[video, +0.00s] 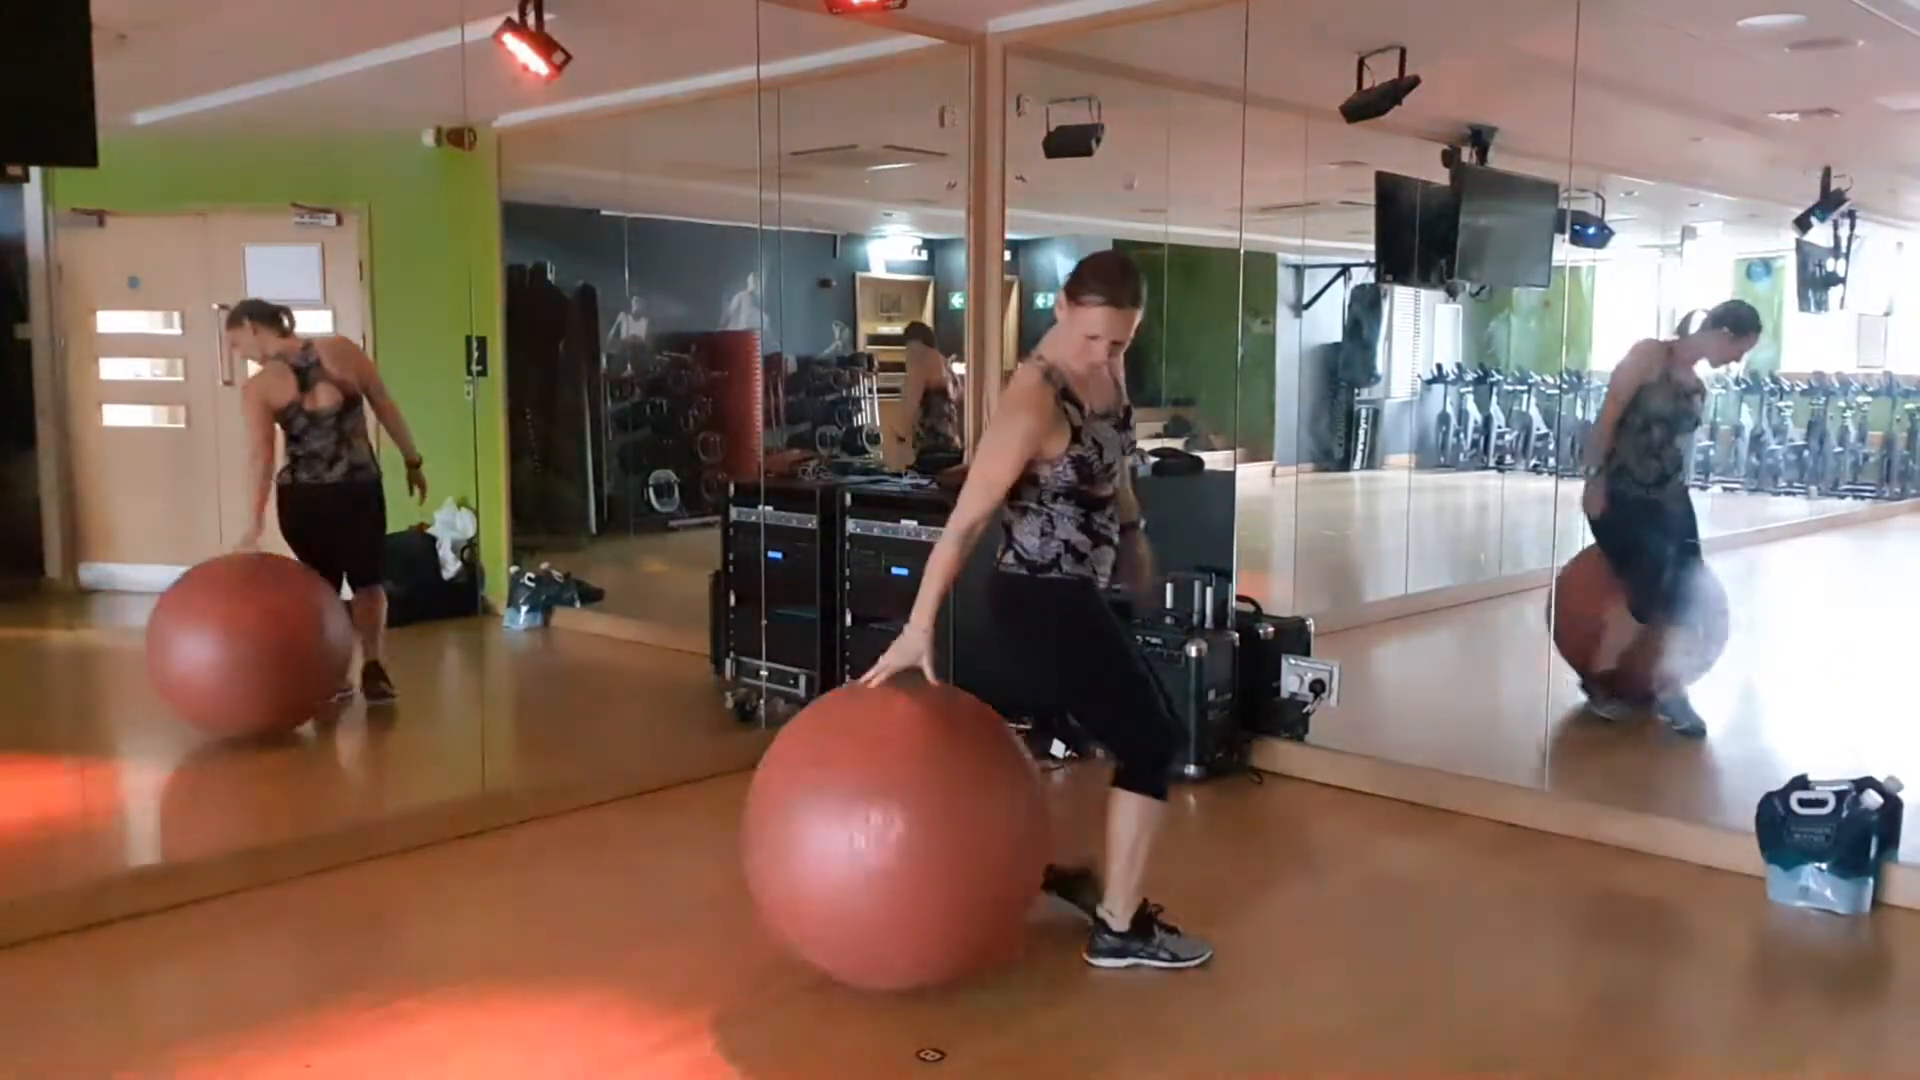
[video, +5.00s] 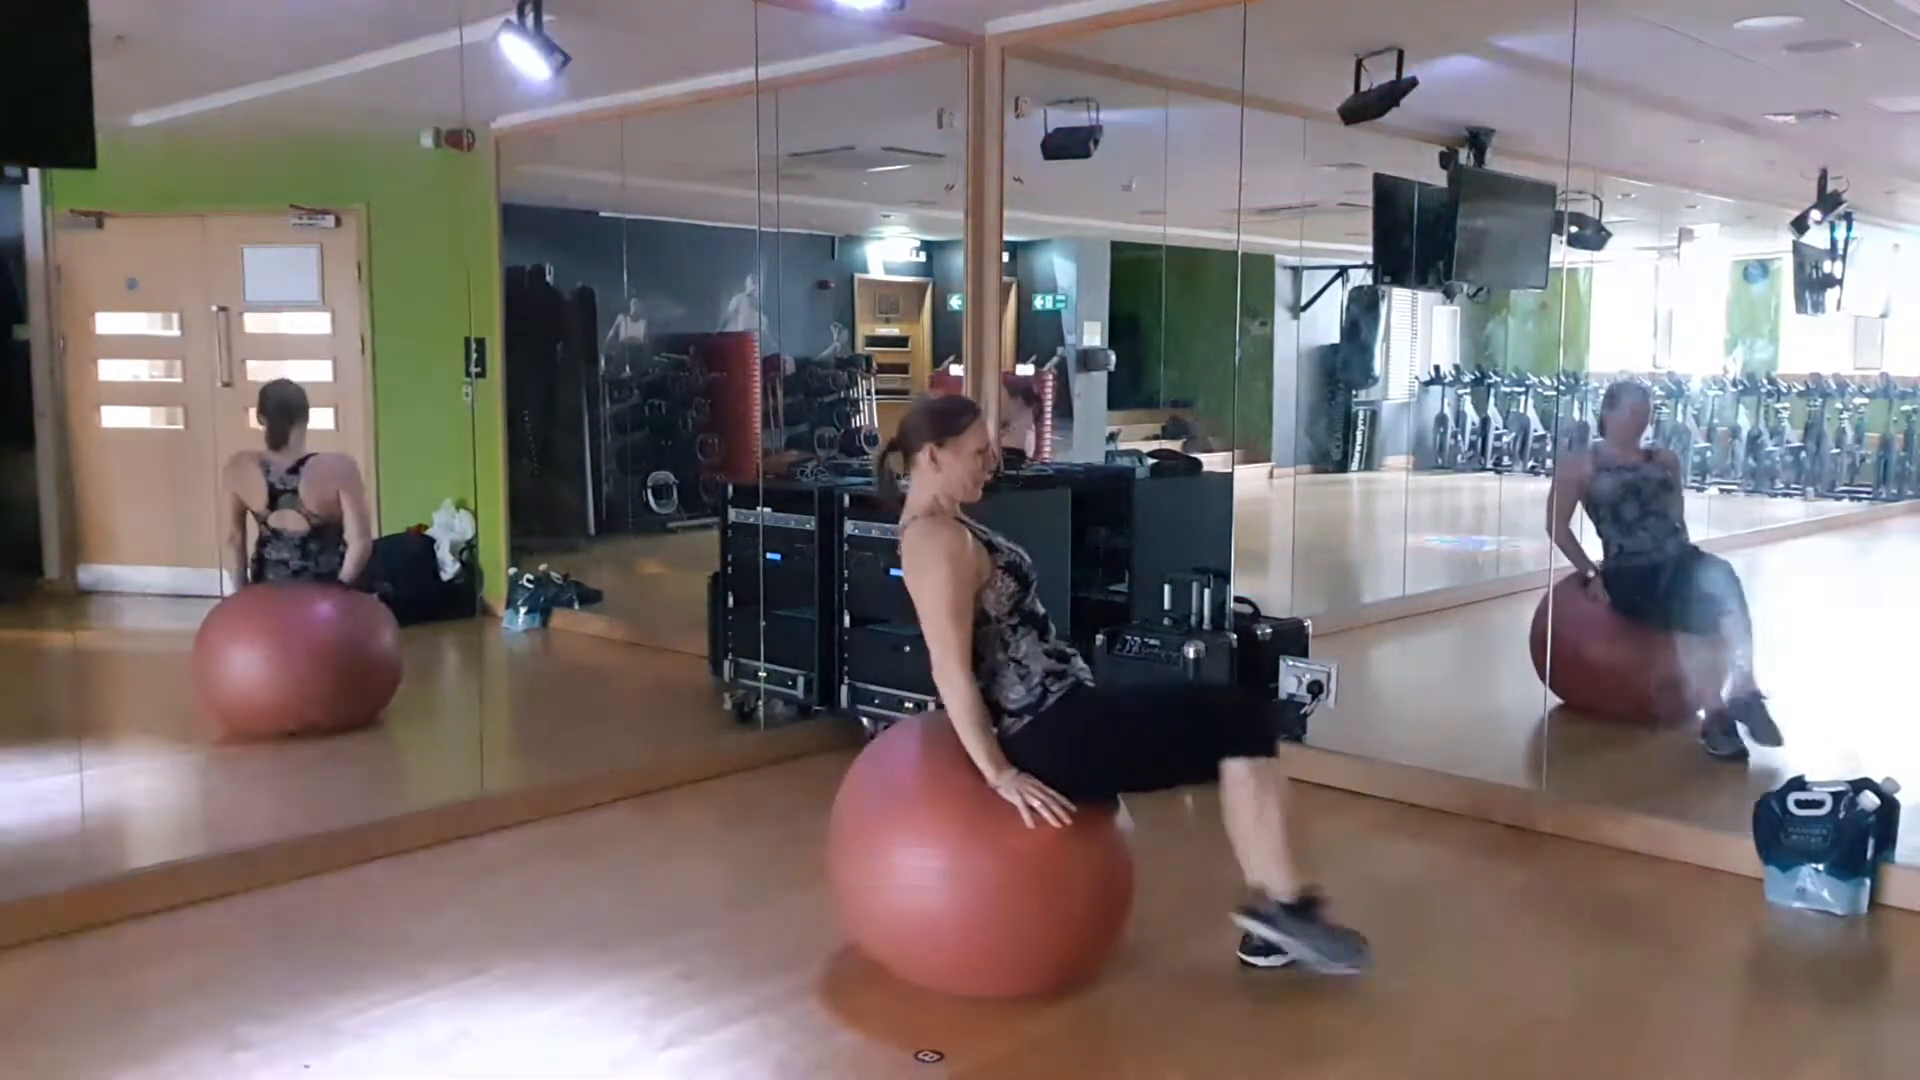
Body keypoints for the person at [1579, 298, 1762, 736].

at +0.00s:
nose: (1736, 361)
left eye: (1742, 353)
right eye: (1739, 350)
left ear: (1723, 336)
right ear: (1722, 332)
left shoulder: (1695, 384)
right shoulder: (1648, 354)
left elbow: (1670, 444)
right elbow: (1610, 413)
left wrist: (1676, 496)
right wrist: (1593, 477)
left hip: (1670, 495)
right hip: (1623, 490)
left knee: (1680, 590)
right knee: (1657, 589)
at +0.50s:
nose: (1682, 376)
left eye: (1686, 369)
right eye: (1680, 367)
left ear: (1681, 360)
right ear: (1658, 355)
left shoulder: (1672, 395)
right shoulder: (1602, 395)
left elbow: (1651, 452)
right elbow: (1571, 457)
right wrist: (1565, 510)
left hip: (1660, 511)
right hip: (1608, 513)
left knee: (1685, 606)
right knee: (1653, 598)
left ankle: (1673, 698)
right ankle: (1612, 693)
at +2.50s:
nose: (1680, 376)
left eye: (1678, 368)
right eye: (1672, 369)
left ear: (1660, 375)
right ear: (1644, 373)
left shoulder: (1679, 430)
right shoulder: (1601, 425)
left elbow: (1666, 493)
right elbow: (1567, 485)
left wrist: (1650, 539)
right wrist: (1550, 543)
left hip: (1645, 549)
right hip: (1593, 546)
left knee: (1689, 603)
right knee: (1650, 592)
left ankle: (1698, 701)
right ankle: (1634, 697)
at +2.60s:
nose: (1673, 393)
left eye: (1673, 386)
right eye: (1665, 386)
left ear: (1661, 390)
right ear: (1636, 386)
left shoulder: (1674, 438)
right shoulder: (1595, 437)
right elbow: (1555, 491)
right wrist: (1543, 547)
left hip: (1637, 558)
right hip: (1584, 556)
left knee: (1683, 594)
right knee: (1646, 591)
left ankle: (1698, 702)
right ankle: (1635, 697)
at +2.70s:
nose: (1669, 395)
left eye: (1670, 388)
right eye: (1663, 387)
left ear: (1653, 392)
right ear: (1636, 387)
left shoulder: (1667, 440)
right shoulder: (1589, 439)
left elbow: (1646, 496)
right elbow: (1551, 493)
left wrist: (1636, 547)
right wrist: (1538, 548)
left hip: (1633, 556)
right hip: (1582, 554)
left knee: (1676, 592)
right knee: (1638, 591)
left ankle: (1699, 701)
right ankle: (1634, 699)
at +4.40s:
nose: (1646, 396)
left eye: (1651, 388)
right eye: (1638, 387)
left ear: (1655, 391)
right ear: (1613, 387)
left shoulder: (1666, 435)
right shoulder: (1581, 437)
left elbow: (1667, 494)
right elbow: (1548, 494)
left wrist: (1664, 539)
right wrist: (1562, 550)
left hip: (1660, 547)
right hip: (1608, 552)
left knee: (1697, 595)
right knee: (1668, 602)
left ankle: (1683, 685)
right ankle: (1695, 695)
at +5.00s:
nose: (1644, 421)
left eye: (1647, 413)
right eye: (1635, 413)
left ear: (1649, 417)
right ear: (1609, 413)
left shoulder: (1665, 461)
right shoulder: (1581, 466)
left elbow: (1677, 522)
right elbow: (1557, 527)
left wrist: (1686, 559)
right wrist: (1588, 570)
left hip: (1679, 563)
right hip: (1630, 574)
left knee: (1723, 576)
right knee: (1712, 607)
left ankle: (1744, 689)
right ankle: (1715, 717)